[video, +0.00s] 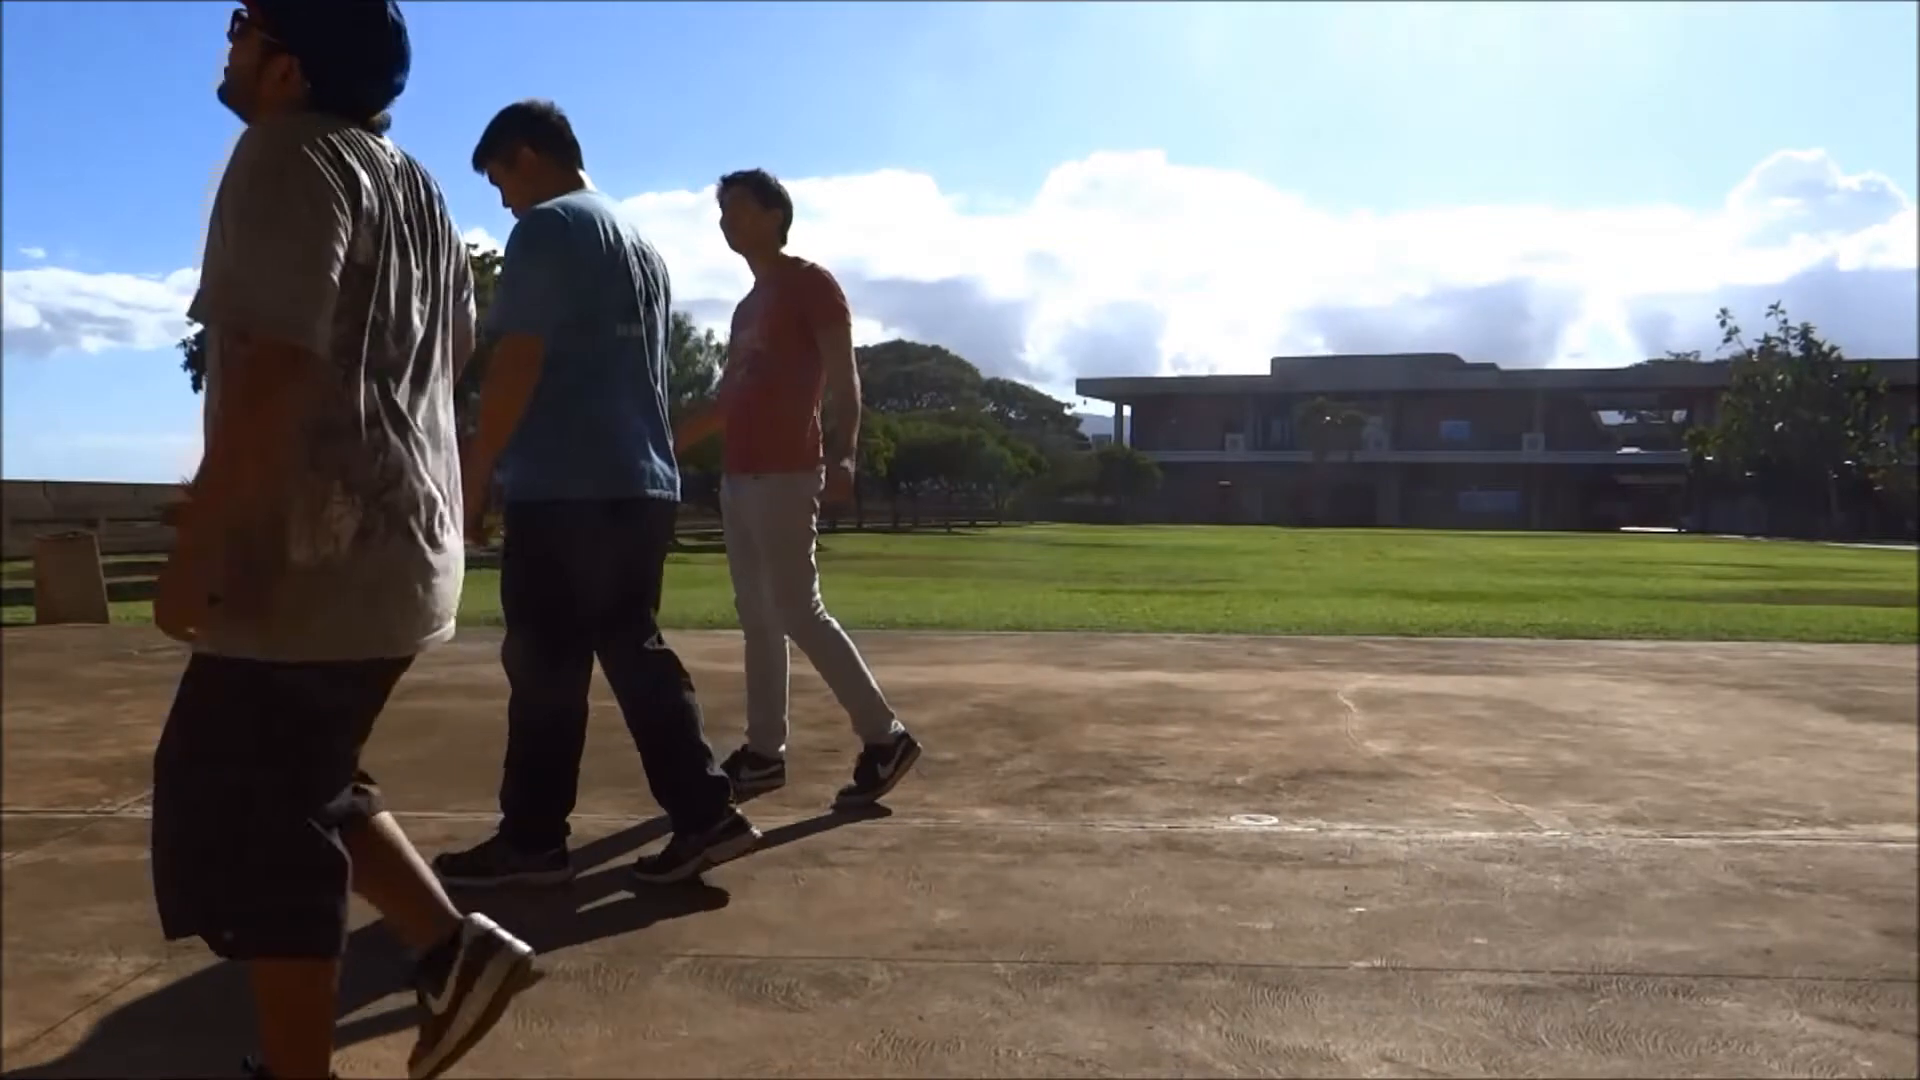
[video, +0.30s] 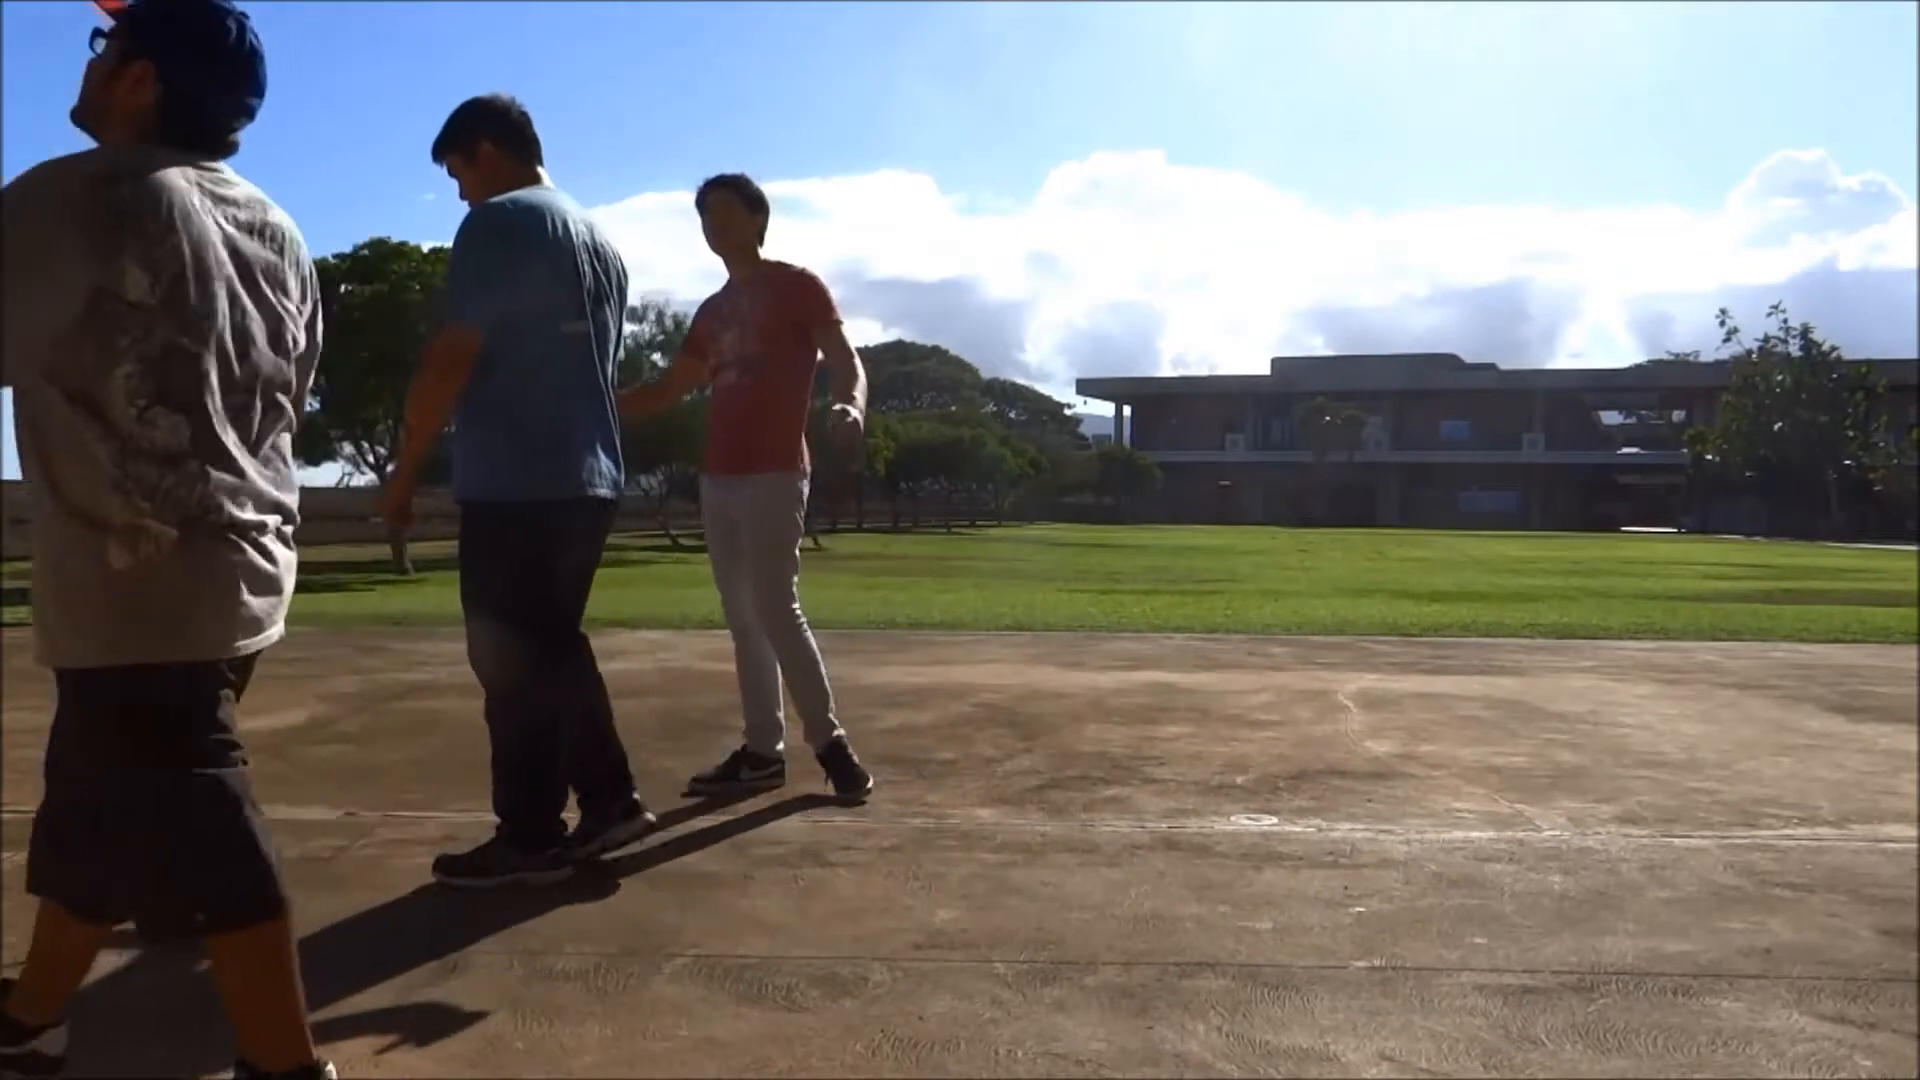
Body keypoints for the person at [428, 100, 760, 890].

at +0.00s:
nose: (502, 195)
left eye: (501, 176)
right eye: (495, 180)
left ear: (532, 156)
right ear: (566, 158)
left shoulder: (544, 227)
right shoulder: (639, 241)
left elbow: (518, 356)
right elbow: (647, 374)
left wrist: (476, 464)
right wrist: (622, 461)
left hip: (562, 489)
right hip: (643, 486)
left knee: (544, 662)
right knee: (634, 642)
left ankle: (532, 837)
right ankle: (705, 814)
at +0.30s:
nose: (458, 191)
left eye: (457, 174)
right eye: (452, 178)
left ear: (485, 153)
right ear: (526, 151)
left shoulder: (495, 225)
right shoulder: (598, 239)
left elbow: (450, 356)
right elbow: (597, 375)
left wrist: (404, 470)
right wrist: (542, 445)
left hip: (513, 489)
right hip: (586, 483)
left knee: (510, 655)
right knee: (556, 638)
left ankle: (530, 836)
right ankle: (611, 806)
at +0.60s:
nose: (421, 190)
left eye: (422, 172)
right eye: (415, 176)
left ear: (456, 155)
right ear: (489, 155)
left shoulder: (467, 225)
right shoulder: (554, 241)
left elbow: (436, 353)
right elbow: (566, 380)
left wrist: (392, 466)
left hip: (485, 486)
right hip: (543, 481)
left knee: (499, 658)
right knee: (482, 649)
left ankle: (530, 837)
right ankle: (457, 804)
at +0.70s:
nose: (409, 193)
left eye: (409, 174)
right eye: (403, 178)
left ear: (445, 157)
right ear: (474, 157)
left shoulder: (463, 227)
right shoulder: (531, 240)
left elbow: (437, 354)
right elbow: (538, 370)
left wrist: (388, 471)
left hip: (477, 488)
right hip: (520, 485)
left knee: (498, 656)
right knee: (458, 648)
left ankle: (530, 836)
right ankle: (428, 803)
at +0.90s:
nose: (380, 199)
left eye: (381, 181)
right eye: (375, 185)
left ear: (422, 162)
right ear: (431, 163)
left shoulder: (459, 233)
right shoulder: (483, 234)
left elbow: (438, 360)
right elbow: (486, 369)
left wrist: (387, 470)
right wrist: (413, 475)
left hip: (465, 486)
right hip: (461, 485)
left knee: (481, 655)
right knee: (427, 649)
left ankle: (528, 832)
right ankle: (419, 809)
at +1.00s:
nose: (369, 197)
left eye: (371, 179)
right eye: (363, 183)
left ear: (417, 161)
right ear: (420, 164)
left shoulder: (459, 234)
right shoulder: (459, 237)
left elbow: (442, 361)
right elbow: (465, 367)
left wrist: (393, 470)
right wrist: (404, 468)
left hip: (461, 486)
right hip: (440, 487)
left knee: (469, 653)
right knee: (422, 649)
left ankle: (525, 828)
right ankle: (419, 809)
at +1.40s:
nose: (348, 187)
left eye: (358, 170)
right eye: (341, 174)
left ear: (408, 162)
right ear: (346, 177)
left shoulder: (464, 246)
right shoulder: (361, 272)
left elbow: (462, 367)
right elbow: (337, 387)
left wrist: (406, 465)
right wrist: (298, 478)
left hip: (456, 483)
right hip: (382, 487)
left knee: (456, 647)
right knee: (396, 649)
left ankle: (506, 817)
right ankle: (416, 809)